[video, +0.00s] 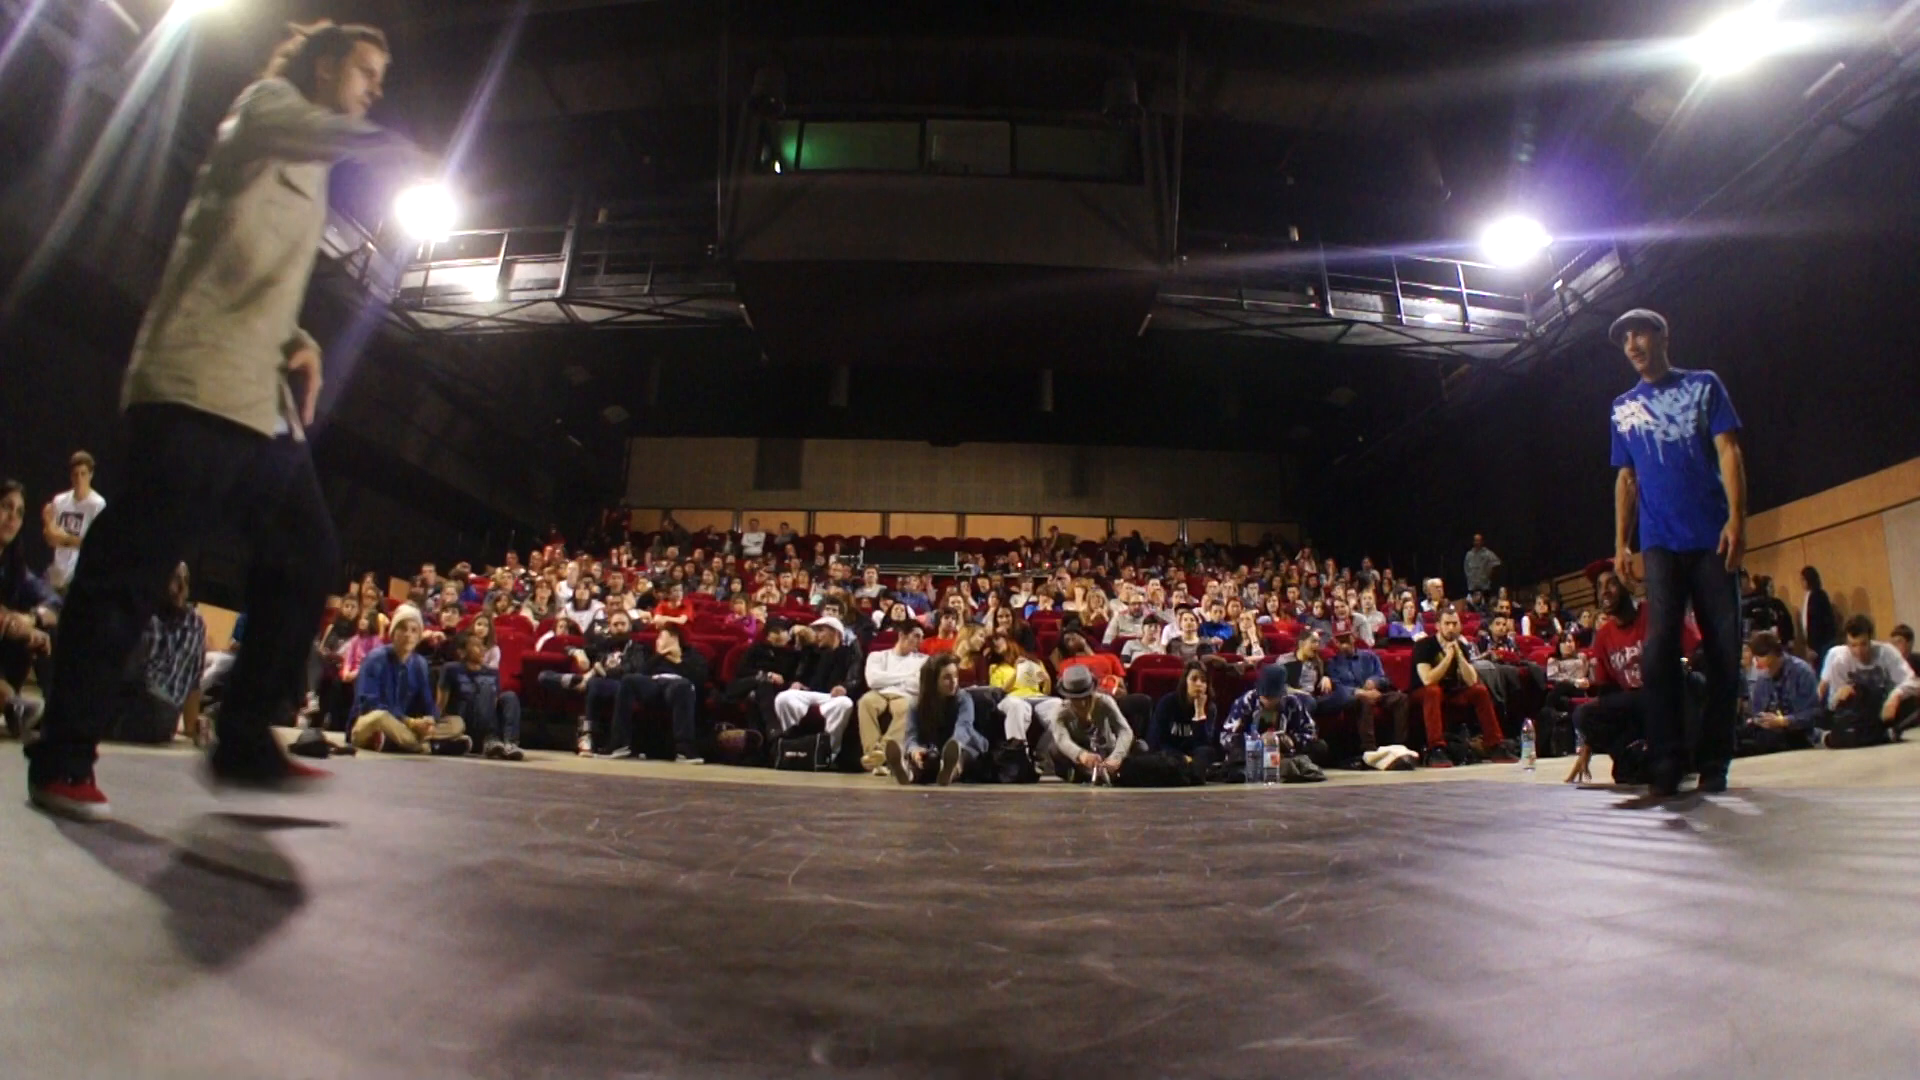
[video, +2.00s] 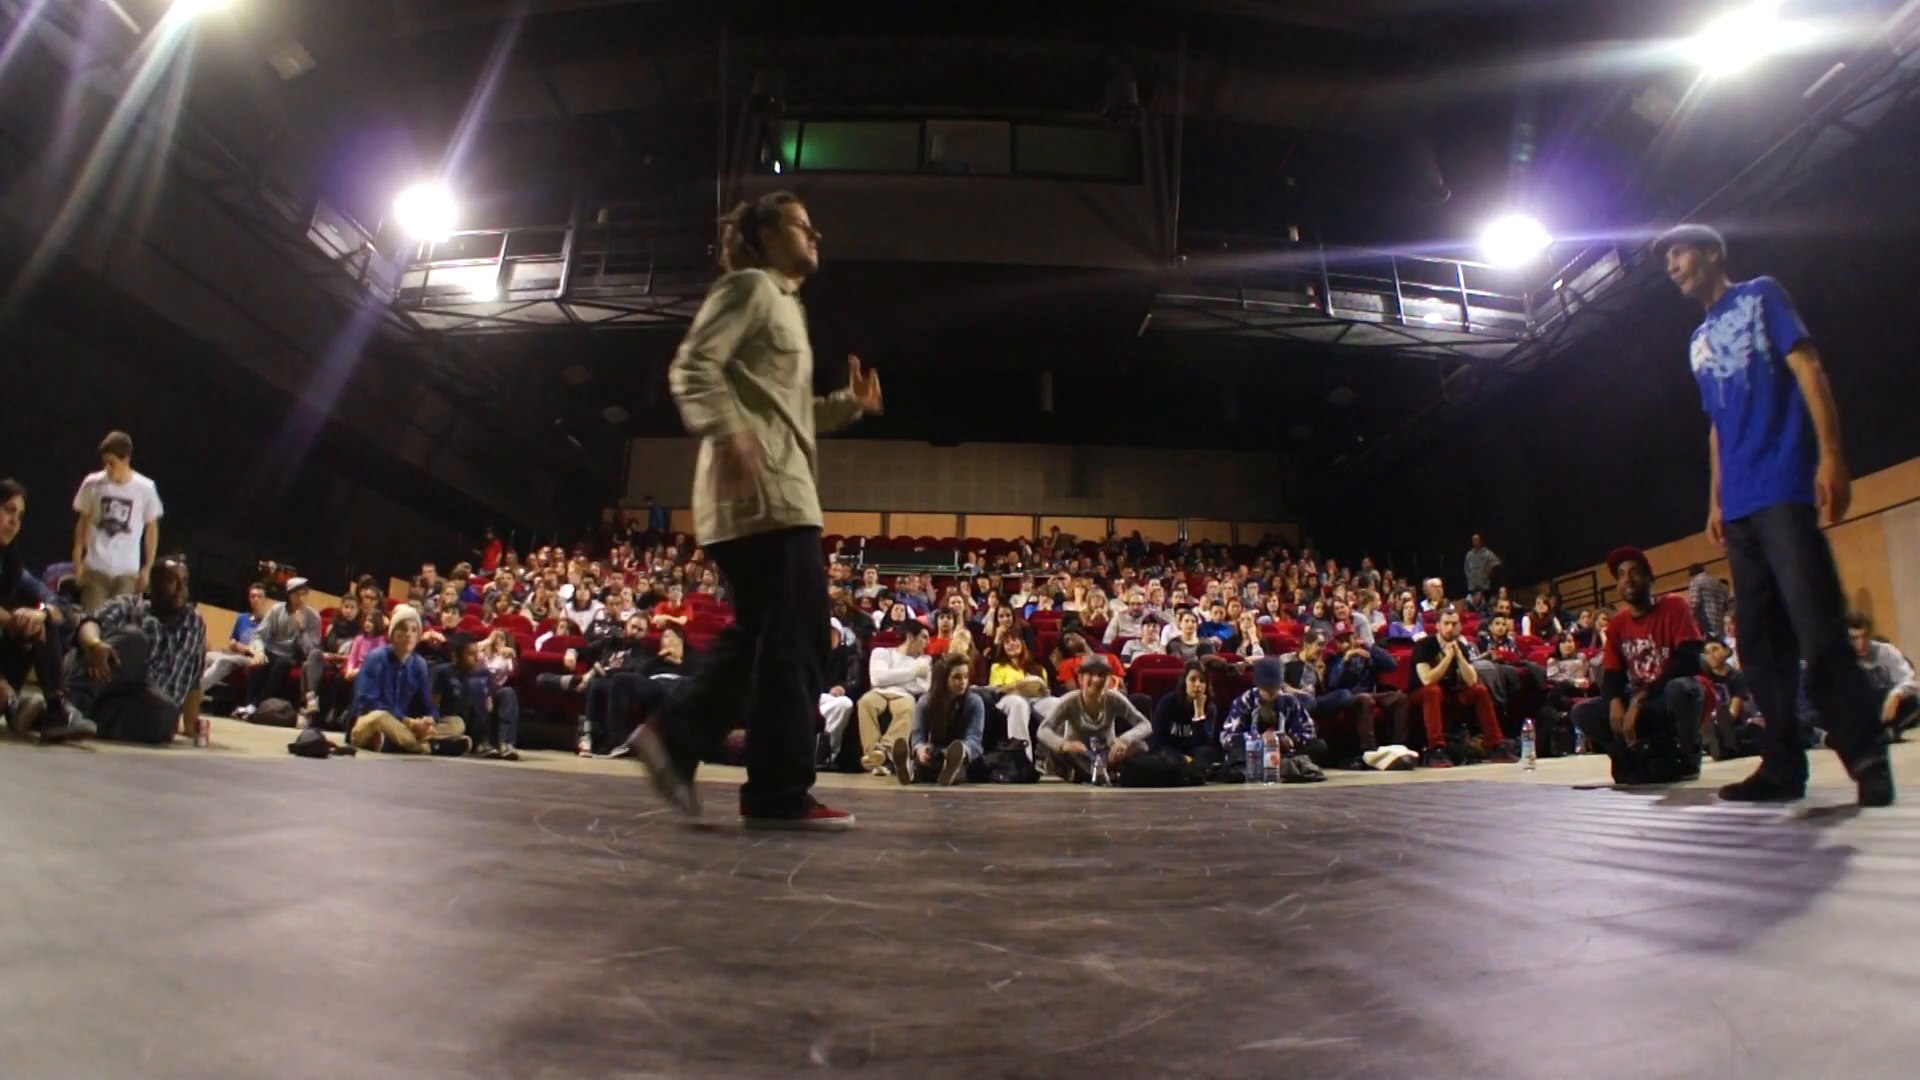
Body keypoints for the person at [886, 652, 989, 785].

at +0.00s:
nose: (953, 682)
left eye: (955, 676)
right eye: (947, 677)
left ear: (959, 676)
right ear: (933, 680)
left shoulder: (963, 699)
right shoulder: (918, 704)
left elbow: (964, 725)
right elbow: (911, 734)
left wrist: (954, 746)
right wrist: (913, 749)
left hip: (962, 743)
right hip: (933, 744)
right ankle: (909, 770)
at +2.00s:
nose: (962, 682)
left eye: (965, 677)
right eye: (956, 678)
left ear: (969, 678)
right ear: (943, 678)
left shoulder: (974, 702)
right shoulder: (926, 702)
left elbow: (974, 739)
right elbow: (918, 734)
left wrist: (963, 751)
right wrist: (920, 748)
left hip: (959, 752)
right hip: (932, 751)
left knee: (955, 763)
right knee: (919, 763)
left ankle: (949, 773)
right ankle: (910, 769)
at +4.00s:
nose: (947, 672)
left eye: (953, 668)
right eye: (942, 668)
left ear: (962, 673)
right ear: (936, 674)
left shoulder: (974, 701)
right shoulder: (925, 701)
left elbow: (974, 738)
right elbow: (920, 730)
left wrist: (961, 750)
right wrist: (920, 748)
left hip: (961, 752)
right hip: (933, 750)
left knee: (956, 764)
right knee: (918, 762)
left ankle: (949, 774)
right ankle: (909, 769)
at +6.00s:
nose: (947, 672)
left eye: (952, 668)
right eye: (942, 668)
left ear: (962, 673)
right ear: (935, 674)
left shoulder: (974, 701)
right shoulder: (925, 701)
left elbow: (974, 737)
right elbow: (920, 731)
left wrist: (960, 751)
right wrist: (920, 748)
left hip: (962, 752)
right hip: (933, 750)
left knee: (955, 763)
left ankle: (949, 773)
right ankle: (910, 768)